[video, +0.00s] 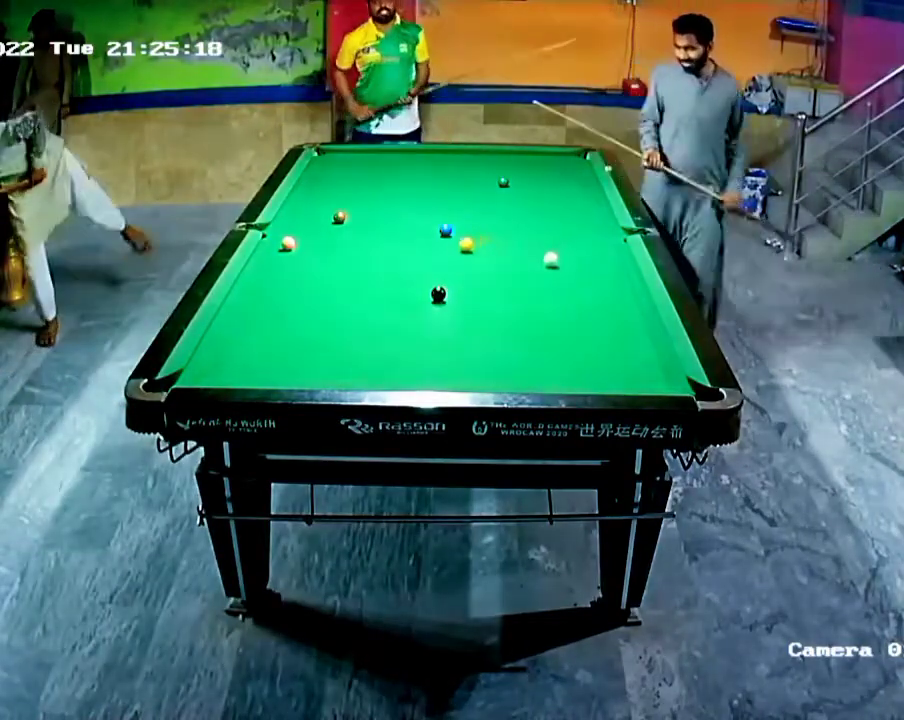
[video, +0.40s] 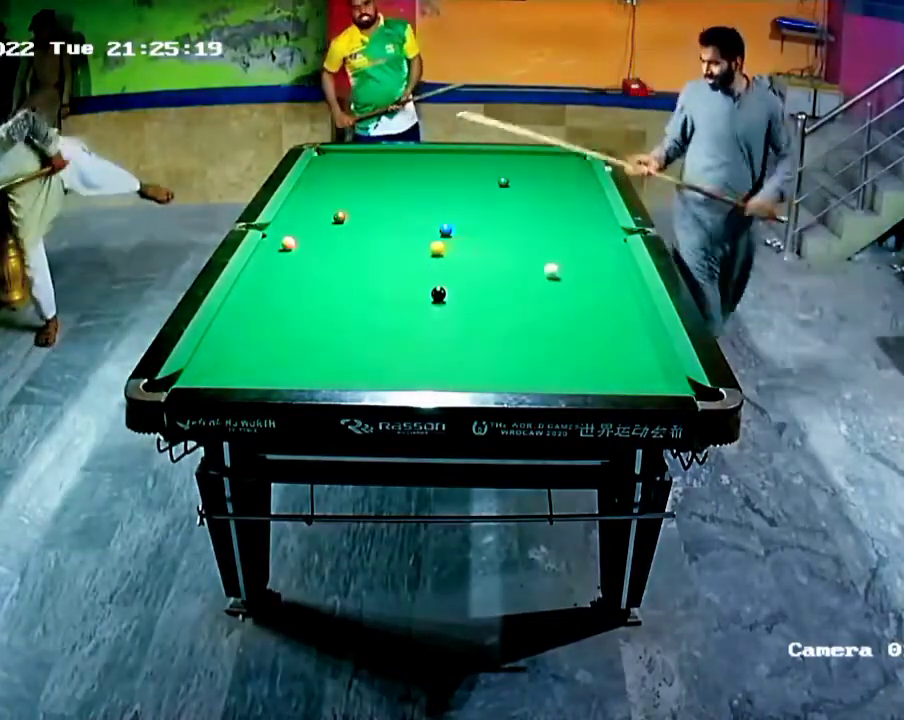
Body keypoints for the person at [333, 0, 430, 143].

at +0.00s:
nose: (383, 6)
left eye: (388, 1)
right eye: (377, 2)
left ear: (395, 4)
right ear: (369, 5)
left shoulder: (415, 33)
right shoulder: (355, 38)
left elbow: (423, 66)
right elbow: (339, 72)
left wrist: (416, 88)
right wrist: (354, 106)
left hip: (407, 128)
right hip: (369, 130)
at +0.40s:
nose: (362, 11)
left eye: (367, 5)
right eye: (356, 7)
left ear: (375, 5)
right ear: (350, 11)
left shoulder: (401, 30)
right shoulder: (341, 44)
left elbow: (415, 60)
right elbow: (327, 74)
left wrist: (408, 92)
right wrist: (337, 113)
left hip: (404, 126)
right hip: (367, 130)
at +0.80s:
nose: (345, 18)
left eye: (347, 9)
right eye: (336, 15)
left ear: (353, 7)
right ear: (329, 21)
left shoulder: (383, 29)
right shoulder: (327, 54)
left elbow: (401, 54)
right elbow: (317, 88)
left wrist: (401, 86)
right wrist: (331, 128)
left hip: (402, 119)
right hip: (367, 130)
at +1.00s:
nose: (349, 15)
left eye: (350, 7)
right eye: (340, 14)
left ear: (354, 6)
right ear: (331, 20)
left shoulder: (383, 29)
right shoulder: (328, 56)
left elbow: (399, 56)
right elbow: (328, 98)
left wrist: (407, 86)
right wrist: (349, 134)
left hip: (402, 119)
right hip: (366, 131)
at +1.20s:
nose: (359, 12)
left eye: (360, 5)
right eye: (350, 10)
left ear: (365, 5)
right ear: (341, 16)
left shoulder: (390, 29)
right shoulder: (337, 53)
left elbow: (404, 60)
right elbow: (338, 99)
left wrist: (419, 84)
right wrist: (363, 127)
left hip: (408, 119)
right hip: (375, 131)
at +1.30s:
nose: (374, 10)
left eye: (375, 4)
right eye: (365, 7)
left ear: (380, 5)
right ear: (355, 14)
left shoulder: (400, 29)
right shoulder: (348, 51)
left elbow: (411, 63)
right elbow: (346, 98)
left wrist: (436, 86)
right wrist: (368, 127)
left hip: (415, 123)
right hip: (382, 132)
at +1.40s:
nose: (395, 11)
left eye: (398, 4)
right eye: (386, 6)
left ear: (403, 5)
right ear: (375, 11)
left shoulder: (413, 32)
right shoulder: (366, 47)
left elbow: (421, 66)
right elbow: (359, 90)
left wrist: (453, 88)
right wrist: (378, 127)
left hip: (426, 123)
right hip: (396, 131)